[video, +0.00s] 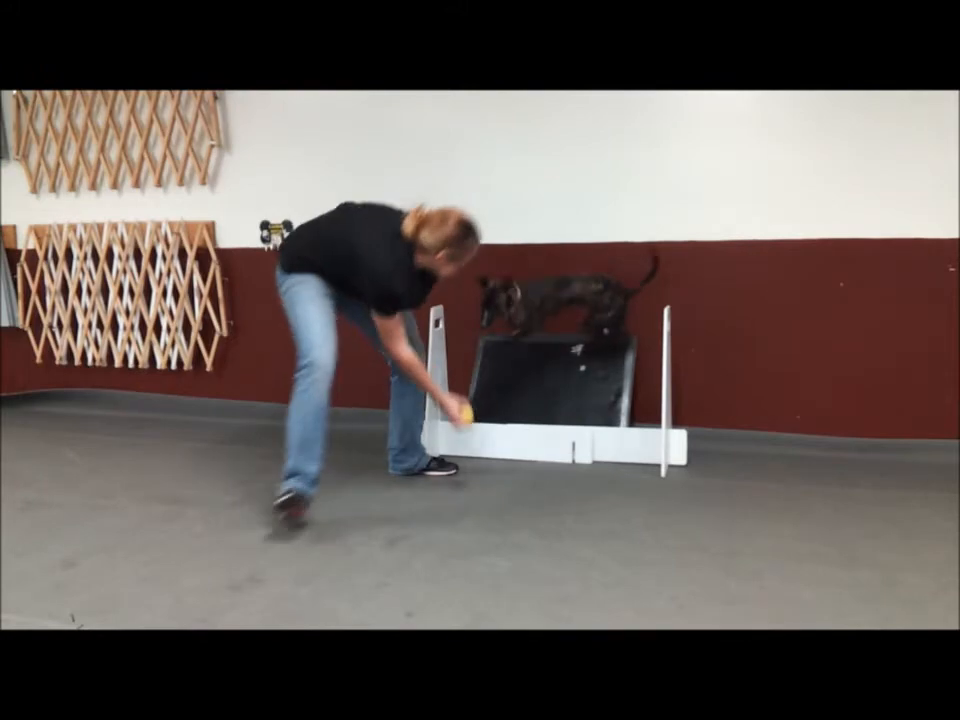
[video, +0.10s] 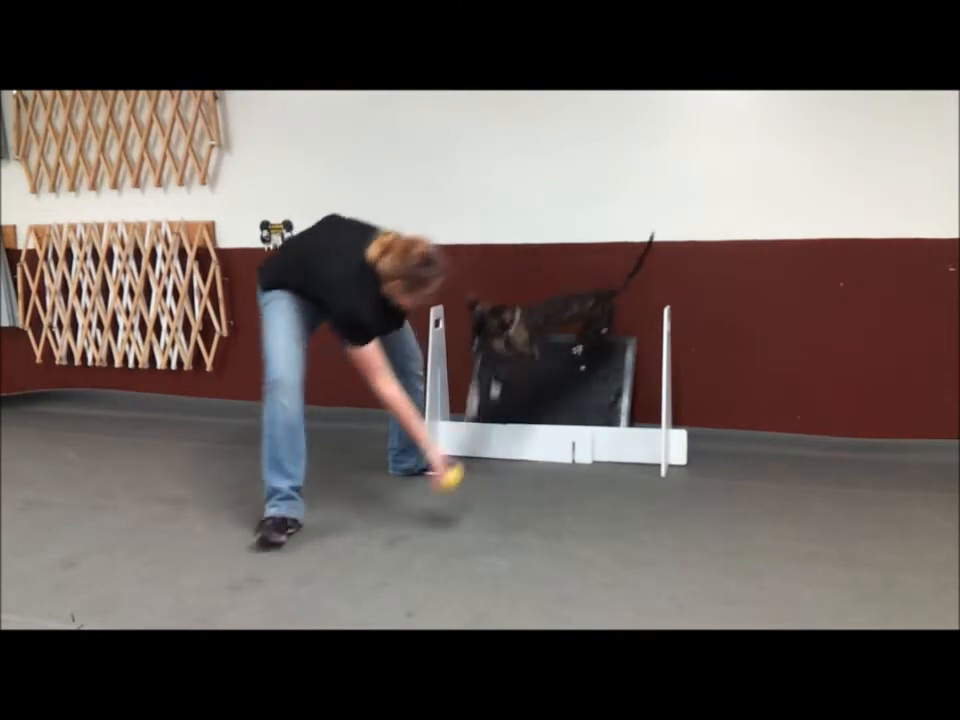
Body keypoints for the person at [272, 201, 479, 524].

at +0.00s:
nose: (457, 271)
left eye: (461, 265)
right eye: (457, 264)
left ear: (438, 253)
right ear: (441, 256)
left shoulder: (425, 261)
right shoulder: (383, 265)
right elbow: (396, 347)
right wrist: (443, 398)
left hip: (355, 276)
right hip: (305, 270)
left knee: (411, 357)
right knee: (318, 362)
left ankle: (407, 459)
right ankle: (297, 485)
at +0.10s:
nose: (423, 303)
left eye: (427, 297)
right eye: (420, 297)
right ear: (395, 287)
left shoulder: (400, 261)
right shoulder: (352, 296)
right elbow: (382, 383)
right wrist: (431, 449)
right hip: (291, 285)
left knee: (410, 367)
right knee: (284, 384)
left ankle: (406, 458)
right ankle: (282, 506)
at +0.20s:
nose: (374, 323)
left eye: (379, 313)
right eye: (365, 317)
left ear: (385, 296)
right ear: (337, 305)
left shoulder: (368, 272)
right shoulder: (298, 305)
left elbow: (342, 363)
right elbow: (334, 393)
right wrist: (372, 473)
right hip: (267, 286)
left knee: (393, 369)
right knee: (256, 400)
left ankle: (409, 457)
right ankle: (280, 511)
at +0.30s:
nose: (311, 324)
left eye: (319, 312)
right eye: (301, 315)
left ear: (331, 297)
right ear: (273, 302)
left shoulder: (349, 276)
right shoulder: (250, 303)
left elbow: (336, 310)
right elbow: (273, 394)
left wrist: (316, 346)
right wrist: (289, 471)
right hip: (248, 281)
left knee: (372, 370)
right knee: (236, 396)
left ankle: (407, 459)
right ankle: (274, 505)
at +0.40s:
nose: (254, 305)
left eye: (259, 293)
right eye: (241, 298)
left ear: (275, 275)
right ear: (220, 292)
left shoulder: (311, 261)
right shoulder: (206, 302)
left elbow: (325, 292)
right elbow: (224, 385)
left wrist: (297, 334)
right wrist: (211, 455)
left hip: (324, 278)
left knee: (354, 369)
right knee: (237, 397)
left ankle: (384, 463)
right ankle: (276, 509)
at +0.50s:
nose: (206, 274)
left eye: (213, 260)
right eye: (193, 266)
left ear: (234, 240)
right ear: (177, 260)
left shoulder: (281, 233)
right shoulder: (175, 279)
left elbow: (317, 266)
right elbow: (190, 365)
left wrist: (279, 322)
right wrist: (156, 428)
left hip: (305, 272)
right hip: (230, 304)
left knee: (337, 369)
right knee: (231, 401)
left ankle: (350, 452)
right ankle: (276, 511)